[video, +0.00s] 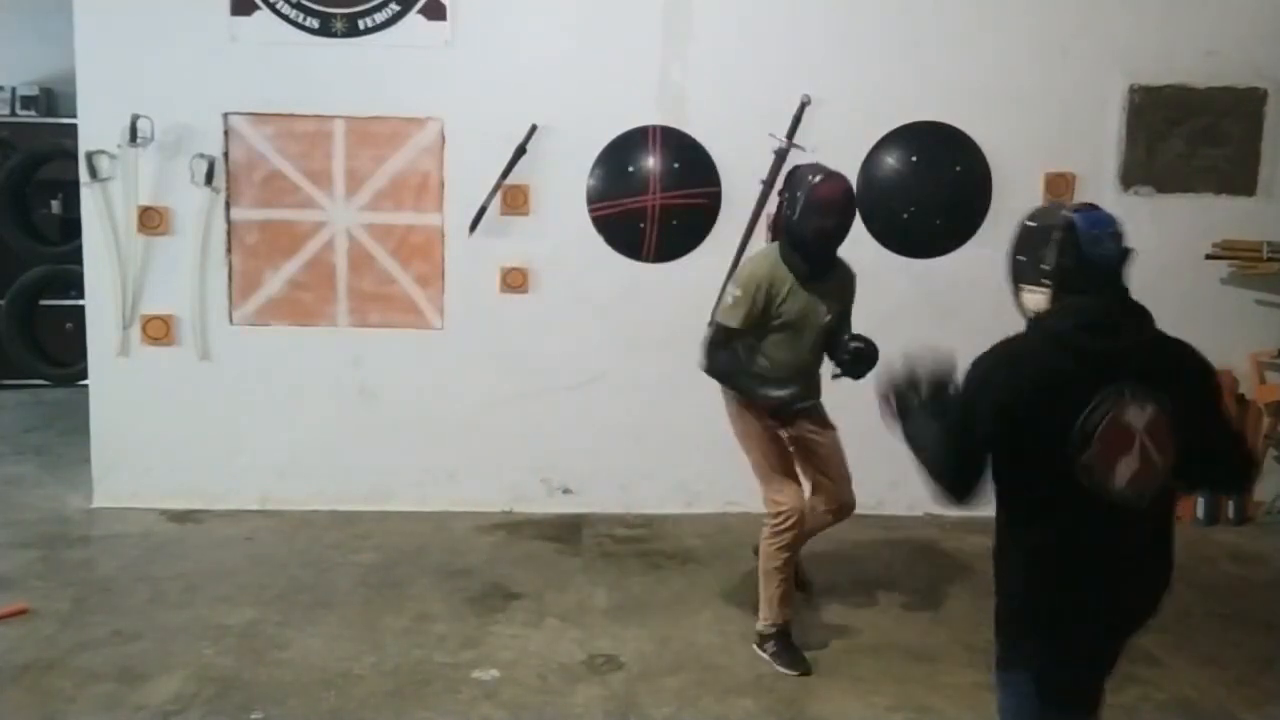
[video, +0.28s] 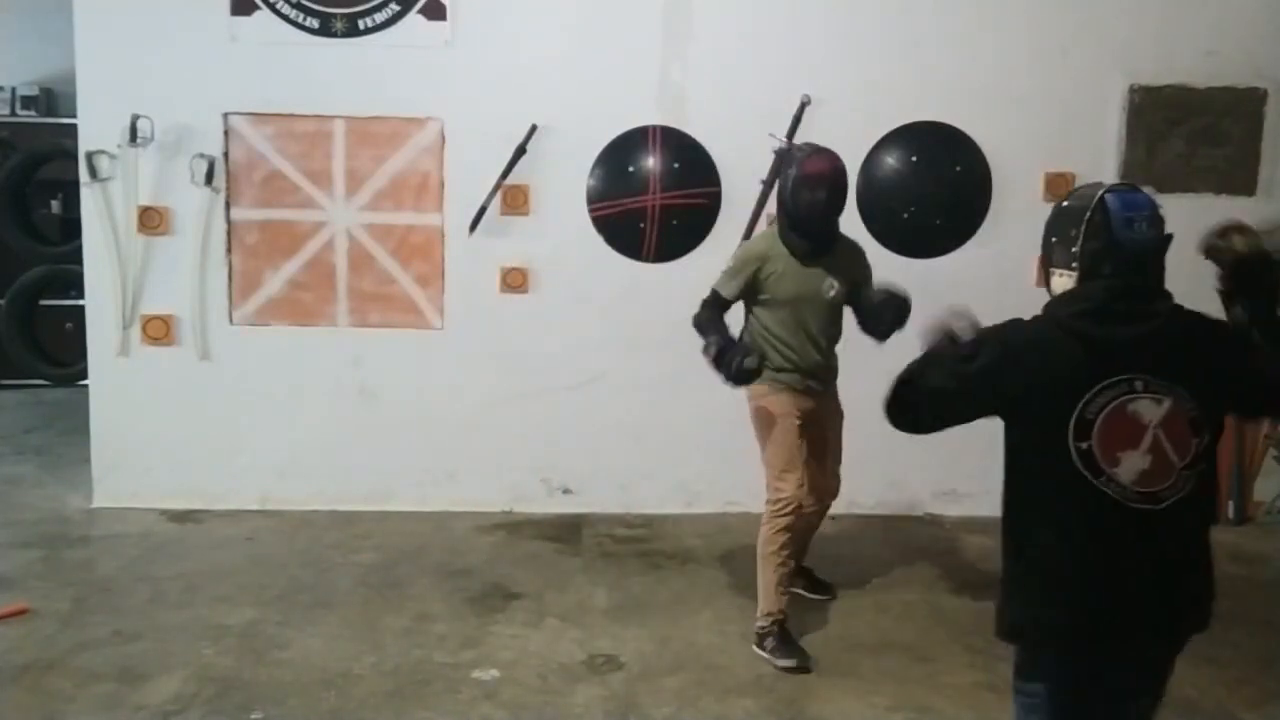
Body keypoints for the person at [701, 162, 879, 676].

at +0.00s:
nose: (830, 233)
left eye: (839, 223)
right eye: (821, 220)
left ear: (845, 226)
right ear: (793, 217)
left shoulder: (839, 279)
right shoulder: (760, 270)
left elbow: (836, 340)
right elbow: (716, 353)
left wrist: (852, 354)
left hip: (805, 405)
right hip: (751, 406)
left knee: (837, 501)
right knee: (786, 508)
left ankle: (780, 548)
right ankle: (772, 629)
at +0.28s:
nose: (817, 204)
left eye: (827, 194)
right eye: (808, 192)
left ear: (839, 200)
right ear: (787, 195)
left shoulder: (848, 257)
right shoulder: (759, 252)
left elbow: (874, 326)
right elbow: (708, 313)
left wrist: (890, 308)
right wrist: (725, 349)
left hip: (822, 392)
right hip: (774, 390)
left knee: (821, 492)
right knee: (788, 498)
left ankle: (790, 565)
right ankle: (769, 622)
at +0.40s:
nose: (819, 192)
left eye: (829, 182)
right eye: (809, 181)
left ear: (841, 189)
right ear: (786, 185)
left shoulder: (852, 249)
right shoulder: (761, 245)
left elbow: (890, 313)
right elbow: (718, 313)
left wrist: (892, 281)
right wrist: (744, 335)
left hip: (826, 385)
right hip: (775, 381)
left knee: (817, 488)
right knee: (789, 489)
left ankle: (789, 567)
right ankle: (770, 612)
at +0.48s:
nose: (821, 186)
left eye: (831, 175)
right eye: (811, 175)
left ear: (842, 183)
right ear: (788, 181)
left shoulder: (857, 243)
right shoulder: (765, 242)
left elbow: (901, 299)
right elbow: (719, 314)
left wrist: (894, 258)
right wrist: (752, 324)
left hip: (828, 381)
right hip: (776, 378)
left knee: (816, 486)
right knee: (792, 487)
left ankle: (790, 568)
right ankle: (776, 610)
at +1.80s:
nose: (865, 188)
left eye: (874, 179)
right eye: (856, 178)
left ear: (888, 186)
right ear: (838, 181)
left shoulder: (899, 240)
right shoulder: (814, 237)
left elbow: (913, 301)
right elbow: (770, 296)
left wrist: (910, 314)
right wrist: (801, 317)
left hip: (868, 371)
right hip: (822, 370)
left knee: (854, 467)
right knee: (835, 470)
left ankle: (827, 547)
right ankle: (828, 570)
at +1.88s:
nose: (865, 186)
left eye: (874, 177)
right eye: (856, 176)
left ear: (887, 183)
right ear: (838, 179)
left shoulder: (900, 239)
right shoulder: (814, 236)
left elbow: (922, 305)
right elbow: (771, 297)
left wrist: (907, 302)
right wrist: (802, 306)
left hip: (870, 370)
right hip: (823, 368)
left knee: (853, 468)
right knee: (836, 469)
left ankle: (828, 548)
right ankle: (829, 569)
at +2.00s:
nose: (865, 187)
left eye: (874, 177)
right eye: (856, 176)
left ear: (887, 184)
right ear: (838, 180)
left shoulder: (904, 239)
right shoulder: (814, 236)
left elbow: (934, 300)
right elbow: (774, 300)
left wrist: (915, 295)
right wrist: (809, 298)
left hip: (872, 369)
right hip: (824, 367)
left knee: (855, 467)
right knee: (836, 470)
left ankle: (828, 547)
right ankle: (829, 569)